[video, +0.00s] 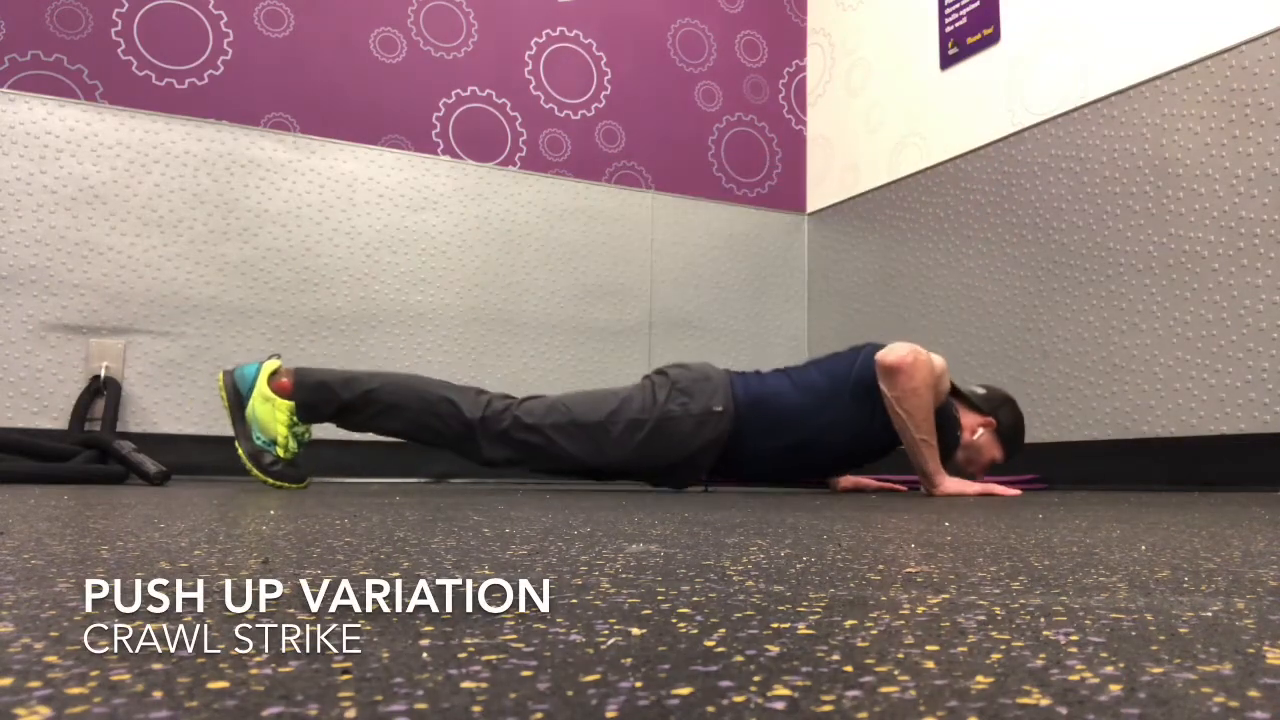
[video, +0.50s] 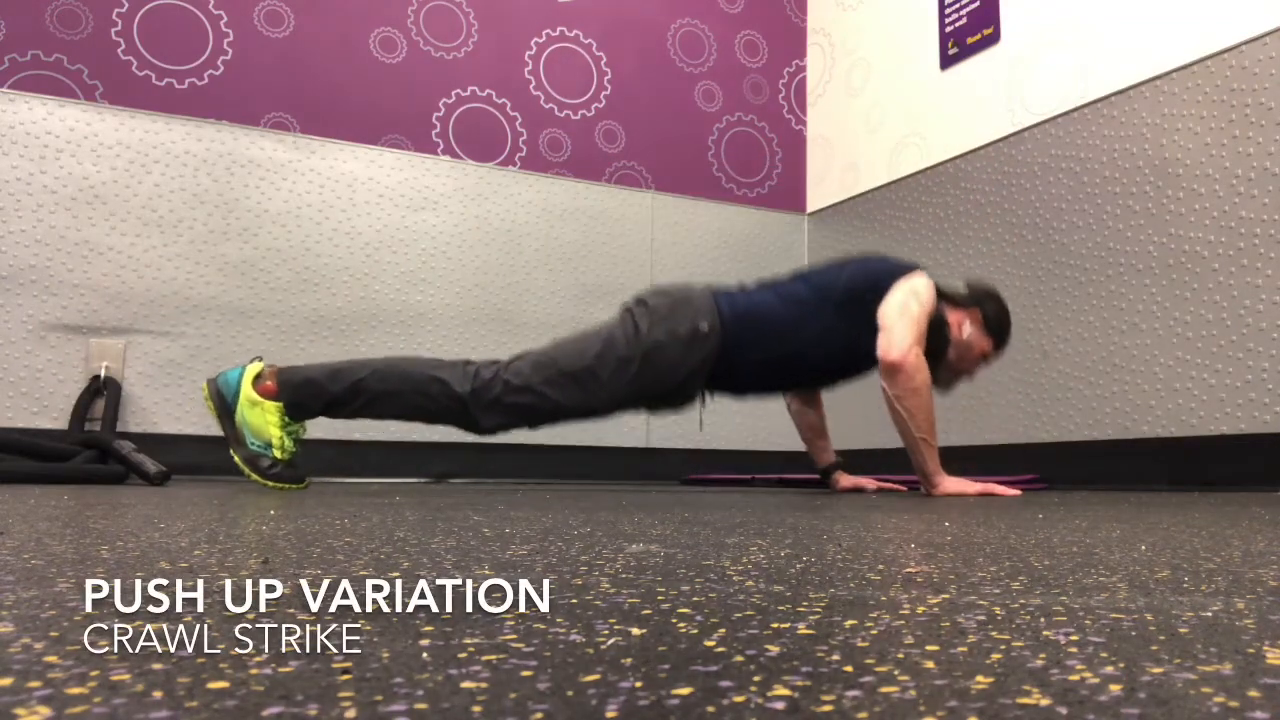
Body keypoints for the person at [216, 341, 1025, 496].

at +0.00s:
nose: (976, 456)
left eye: (985, 456)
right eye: (983, 443)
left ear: (973, 436)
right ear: (971, 409)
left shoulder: (899, 413)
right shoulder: (917, 379)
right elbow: (907, 369)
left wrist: (876, 478)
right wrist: (939, 475)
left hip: (697, 440)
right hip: (697, 410)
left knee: (500, 434)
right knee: (501, 427)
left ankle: (294, 407)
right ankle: (285, 387)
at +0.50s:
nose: (952, 368)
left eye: (964, 365)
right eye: (963, 352)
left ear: (956, 343)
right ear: (952, 312)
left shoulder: (865, 309)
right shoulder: (913, 287)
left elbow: (796, 377)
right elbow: (897, 362)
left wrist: (827, 468)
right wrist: (935, 476)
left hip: (688, 354)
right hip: (685, 333)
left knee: (493, 395)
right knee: (490, 395)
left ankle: (284, 394)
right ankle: (273, 390)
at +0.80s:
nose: (915, 261)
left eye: (922, 249)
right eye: (926, 244)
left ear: (887, 197)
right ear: (912, 212)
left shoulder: (808, 218)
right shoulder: (885, 212)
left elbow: (818, 338)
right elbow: (896, 343)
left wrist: (871, 424)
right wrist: (934, 463)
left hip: (632, 216)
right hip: (630, 205)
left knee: (536, 366)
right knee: (469, 341)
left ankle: (334, 383)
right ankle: (238, 396)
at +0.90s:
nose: (895, 236)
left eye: (900, 223)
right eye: (904, 219)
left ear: (863, 171)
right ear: (888, 189)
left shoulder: (785, 187)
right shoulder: (863, 200)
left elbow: (781, 305)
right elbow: (887, 351)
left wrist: (863, 358)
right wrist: (935, 470)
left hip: (616, 189)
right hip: (616, 186)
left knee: (629, 333)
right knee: (442, 332)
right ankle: (226, 401)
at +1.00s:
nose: (882, 221)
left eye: (885, 210)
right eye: (887, 207)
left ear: (849, 160)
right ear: (872, 182)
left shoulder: (775, 163)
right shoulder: (848, 199)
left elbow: (742, 274)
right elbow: (880, 350)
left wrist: (826, 309)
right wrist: (934, 470)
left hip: (605, 169)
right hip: (614, 188)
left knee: (707, 279)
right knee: (448, 341)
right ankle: (225, 401)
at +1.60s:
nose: (906, 178)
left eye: (907, 165)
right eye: (904, 164)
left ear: (844, 139)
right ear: (873, 149)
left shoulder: (786, 170)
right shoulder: (863, 193)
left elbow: (751, 269)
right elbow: (895, 350)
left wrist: (820, 272)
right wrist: (935, 474)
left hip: (632, 269)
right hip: (653, 303)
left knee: (788, 281)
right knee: (483, 422)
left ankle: (786, 449)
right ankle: (269, 395)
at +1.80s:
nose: (903, 182)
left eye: (904, 169)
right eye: (902, 168)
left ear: (842, 141)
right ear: (872, 152)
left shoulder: (783, 173)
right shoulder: (859, 193)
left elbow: (751, 271)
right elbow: (893, 350)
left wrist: (819, 278)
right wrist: (935, 473)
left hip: (634, 272)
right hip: (652, 305)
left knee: (788, 284)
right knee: (480, 425)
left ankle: (784, 448)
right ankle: (269, 394)